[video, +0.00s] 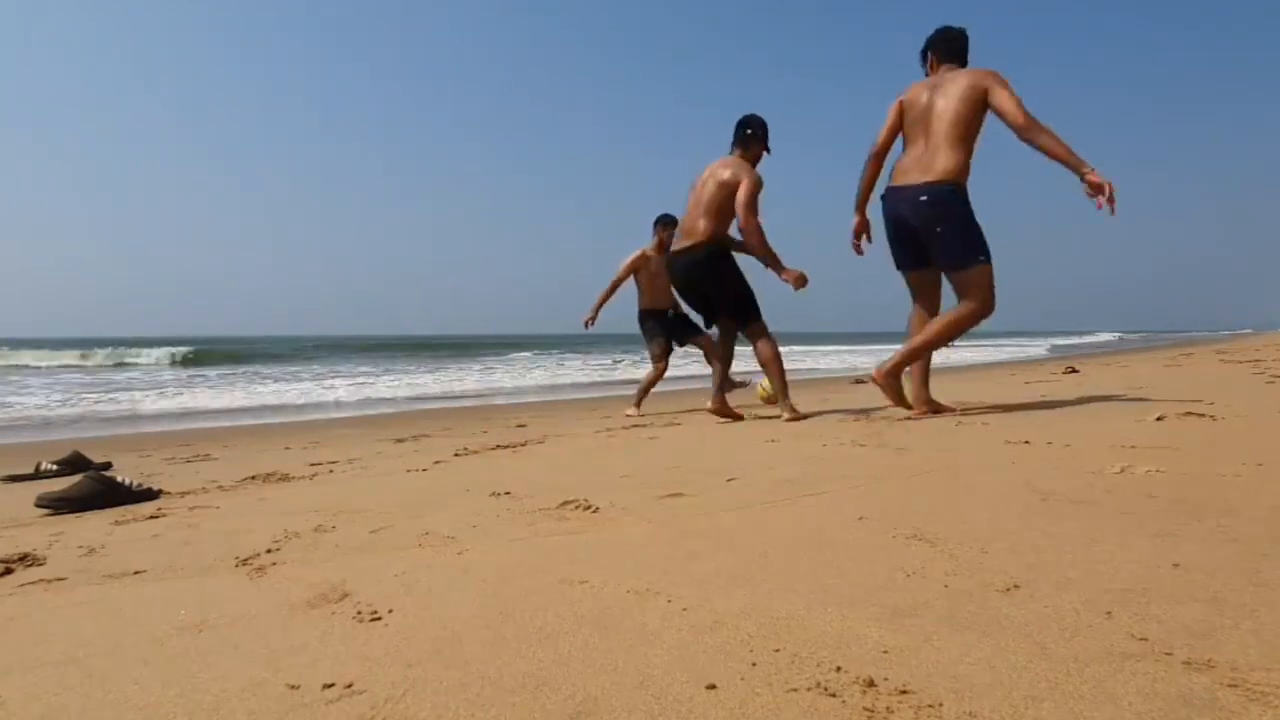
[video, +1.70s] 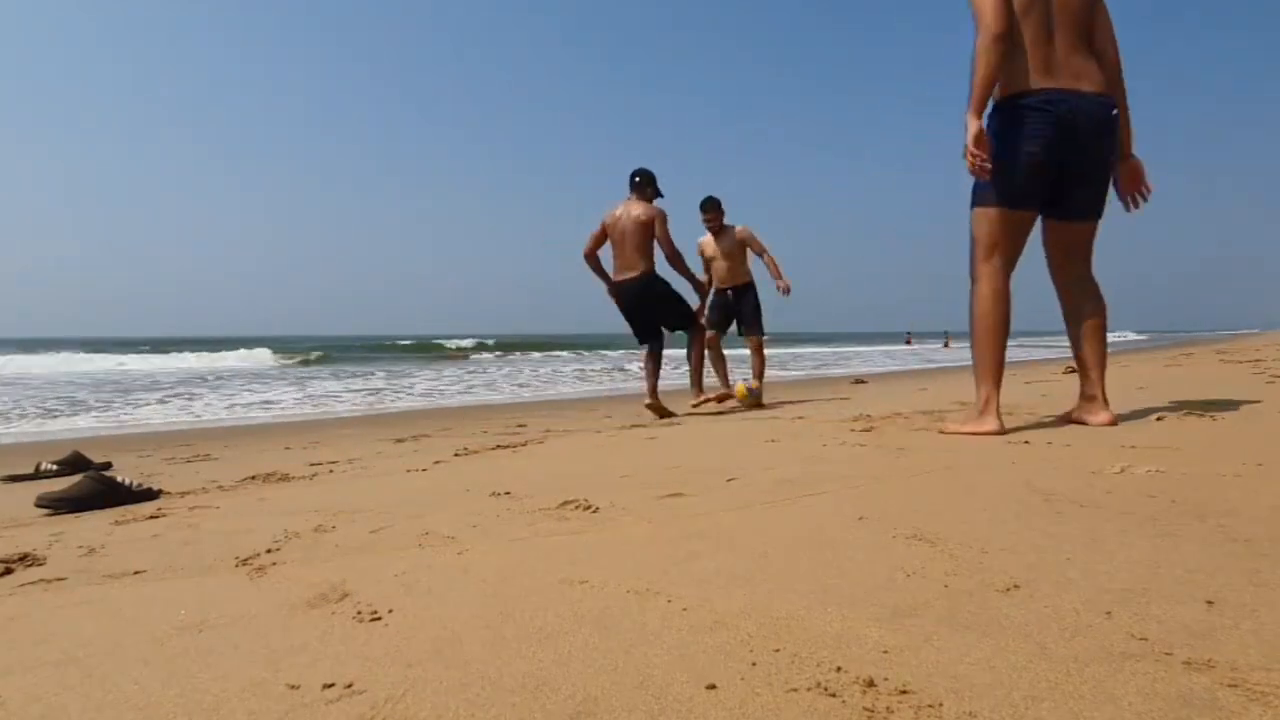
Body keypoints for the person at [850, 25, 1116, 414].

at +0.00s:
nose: (926, 68)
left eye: (924, 63)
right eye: (926, 64)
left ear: (931, 61)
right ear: (966, 59)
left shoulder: (909, 94)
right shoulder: (982, 79)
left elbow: (877, 153)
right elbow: (1024, 126)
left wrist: (860, 210)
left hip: (896, 204)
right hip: (942, 200)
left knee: (923, 300)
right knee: (978, 301)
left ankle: (920, 397)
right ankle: (890, 371)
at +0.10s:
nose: (923, 52)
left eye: (923, 47)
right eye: (924, 47)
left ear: (932, 45)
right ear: (967, 43)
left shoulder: (912, 82)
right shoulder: (991, 70)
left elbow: (883, 141)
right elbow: (1035, 131)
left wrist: (869, 200)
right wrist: (1103, 166)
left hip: (909, 197)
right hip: (961, 194)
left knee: (924, 295)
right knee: (985, 294)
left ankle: (918, 398)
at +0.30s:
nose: (941, 36)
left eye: (941, 28)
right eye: (942, 29)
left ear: (948, 26)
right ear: (983, 26)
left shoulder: (933, 62)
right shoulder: (1012, 62)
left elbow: (918, 124)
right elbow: (1046, 127)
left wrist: (895, 187)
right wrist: (1039, 159)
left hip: (939, 188)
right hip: (1000, 186)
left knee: (926, 297)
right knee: (1006, 299)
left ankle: (917, 396)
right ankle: (1021, 398)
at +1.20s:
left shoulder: (929, 14)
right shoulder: (1020, 20)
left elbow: (912, 86)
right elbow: (1038, 103)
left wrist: (863, 161)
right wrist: (1009, 149)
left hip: (960, 155)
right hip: (1027, 156)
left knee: (909, 280)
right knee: (1030, 287)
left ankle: (890, 410)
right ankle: (1090, 401)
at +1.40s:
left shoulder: (974, 2)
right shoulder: (1071, 8)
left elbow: (971, 53)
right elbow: (1081, 76)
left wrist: (931, 139)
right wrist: (1053, 125)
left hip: (995, 138)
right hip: (1066, 137)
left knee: (953, 277)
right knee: (1065, 278)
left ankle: (912, 406)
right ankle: (1092, 402)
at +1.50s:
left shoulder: (988, 1)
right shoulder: (1084, 4)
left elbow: (985, 45)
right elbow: (1099, 72)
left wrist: (951, 131)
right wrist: (1067, 116)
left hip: (1010, 123)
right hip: (1080, 123)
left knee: (965, 263)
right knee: (1071, 265)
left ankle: (954, 405)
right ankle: (1094, 401)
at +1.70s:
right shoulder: (1088, 3)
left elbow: (994, 32)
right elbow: (1108, 55)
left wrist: (974, 115)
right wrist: (1124, 151)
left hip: (1027, 114)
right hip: (1095, 116)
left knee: (991, 262)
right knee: (1074, 265)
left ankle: (986, 409)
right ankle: (1094, 400)